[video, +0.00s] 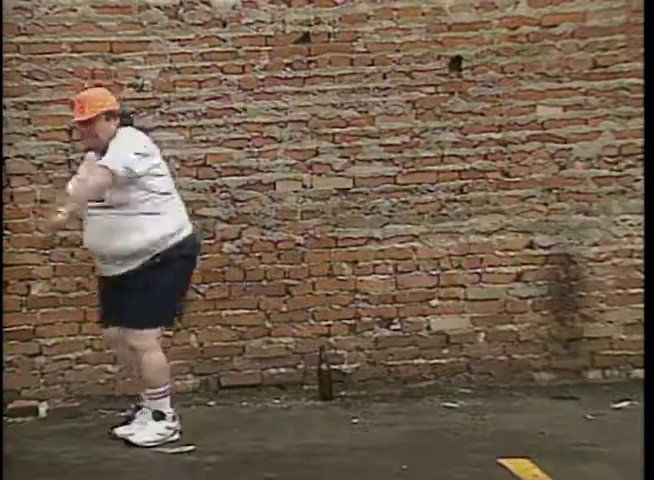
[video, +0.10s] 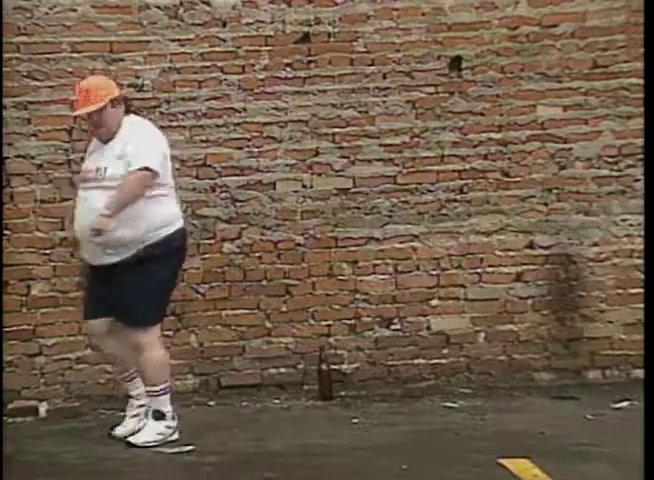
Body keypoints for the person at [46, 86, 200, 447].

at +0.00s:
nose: (84, 132)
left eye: (90, 124)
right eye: (80, 126)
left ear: (112, 119)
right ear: (79, 126)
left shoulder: (130, 142)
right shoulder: (95, 156)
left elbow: (101, 181)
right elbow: (79, 188)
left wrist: (73, 197)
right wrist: (67, 208)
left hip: (158, 254)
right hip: (122, 259)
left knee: (143, 337)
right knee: (121, 336)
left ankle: (164, 417)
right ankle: (150, 409)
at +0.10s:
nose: (91, 124)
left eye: (96, 115)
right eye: (86, 118)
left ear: (117, 105)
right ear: (84, 115)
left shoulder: (142, 134)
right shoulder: (98, 144)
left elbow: (144, 177)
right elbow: (95, 185)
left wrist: (107, 212)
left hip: (150, 247)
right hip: (108, 251)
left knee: (144, 333)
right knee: (100, 328)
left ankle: (164, 417)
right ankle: (142, 397)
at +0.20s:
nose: (95, 116)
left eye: (100, 106)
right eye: (89, 109)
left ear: (120, 96)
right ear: (85, 107)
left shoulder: (154, 128)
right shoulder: (93, 134)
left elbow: (172, 179)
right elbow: (92, 182)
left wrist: (153, 217)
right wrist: (81, 221)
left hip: (137, 242)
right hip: (91, 245)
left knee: (142, 329)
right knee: (95, 323)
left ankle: (162, 414)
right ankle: (123, 403)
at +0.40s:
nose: (107, 124)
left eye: (115, 116)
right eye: (100, 117)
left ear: (132, 112)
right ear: (92, 116)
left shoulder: (154, 145)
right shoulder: (95, 146)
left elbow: (194, 185)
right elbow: (91, 192)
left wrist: (185, 215)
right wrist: (65, 221)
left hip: (128, 258)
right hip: (74, 258)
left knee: (121, 342)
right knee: (76, 340)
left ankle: (160, 416)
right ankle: (102, 418)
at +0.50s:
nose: (119, 105)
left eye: (127, 98)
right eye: (112, 98)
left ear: (139, 100)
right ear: (98, 99)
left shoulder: (154, 140)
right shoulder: (84, 130)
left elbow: (182, 192)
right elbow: (60, 169)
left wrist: (167, 182)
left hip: (134, 249)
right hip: (78, 248)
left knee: (136, 331)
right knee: (88, 335)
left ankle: (159, 415)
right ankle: (102, 415)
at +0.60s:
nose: (128, 96)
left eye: (134, 89)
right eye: (120, 87)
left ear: (141, 91)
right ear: (101, 86)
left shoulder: (152, 126)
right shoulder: (76, 109)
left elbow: (180, 176)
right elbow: (29, 131)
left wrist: (157, 162)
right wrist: (47, 134)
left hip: (145, 234)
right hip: (87, 236)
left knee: (148, 315)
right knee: (98, 326)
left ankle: (160, 404)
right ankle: (104, 411)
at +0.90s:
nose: (130, 124)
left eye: (133, 117)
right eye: (121, 119)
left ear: (138, 115)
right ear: (99, 123)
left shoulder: (152, 140)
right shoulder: (80, 154)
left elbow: (188, 160)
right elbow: (42, 175)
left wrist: (191, 192)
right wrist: (25, 181)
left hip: (158, 260)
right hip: (98, 262)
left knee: (174, 333)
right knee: (110, 342)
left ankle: (173, 407)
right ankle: (121, 412)